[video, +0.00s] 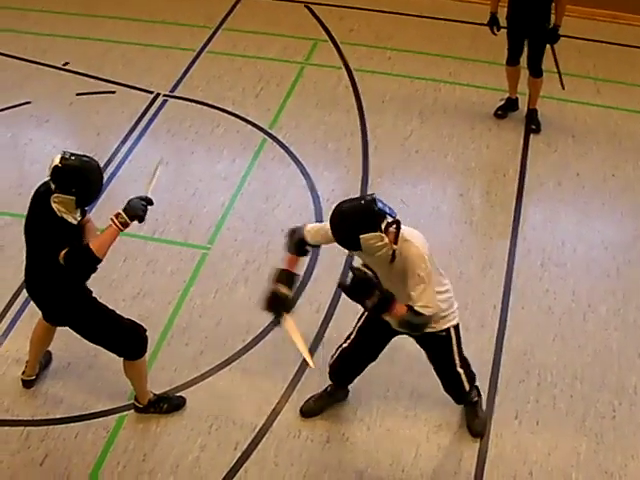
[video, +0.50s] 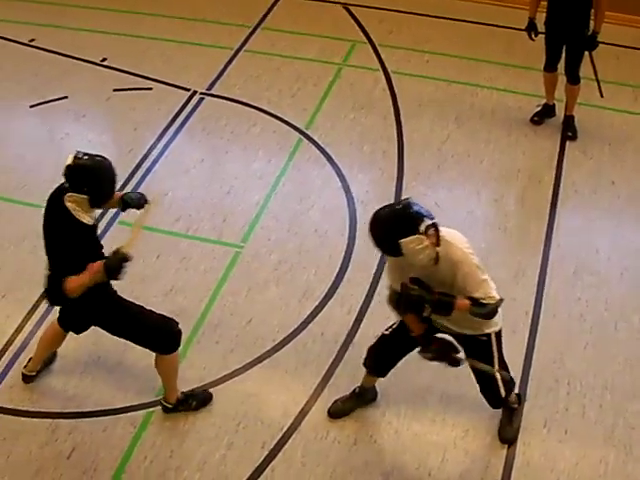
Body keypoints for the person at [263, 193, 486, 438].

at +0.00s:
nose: (357, 252)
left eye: (360, 247)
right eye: (354, 247)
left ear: (381, 236)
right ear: (357, 241)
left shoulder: (412, 250)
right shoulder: (358, 234)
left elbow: (422, 321)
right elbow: (299, 236)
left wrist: (380, 302)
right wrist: (284, 283)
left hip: (435, 317)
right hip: (389, 306)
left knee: (453, 373)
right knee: (346, 360)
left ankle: (471, 401)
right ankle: (336, 390)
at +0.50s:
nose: (405, 261)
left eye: (409, 255)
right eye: (400, 257)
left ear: (430, 236)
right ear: (396, 252)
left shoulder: (457, 253)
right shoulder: (398, 258)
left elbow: (490, 307)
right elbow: (399, 301)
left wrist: (440, 302)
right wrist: (426, 340)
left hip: (475, 324)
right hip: (430, 317)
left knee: (494, 392)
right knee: (379, 354)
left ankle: (512, 404)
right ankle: (365, 391)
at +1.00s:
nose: (455, 214)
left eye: (458, 207)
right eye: (453, 208)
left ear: (475, 199)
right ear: (456, 203)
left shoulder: (508, 233)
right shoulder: (459, 219)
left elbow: (528, 302)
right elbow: (453, 262)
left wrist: (473, 286)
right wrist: (432, 298)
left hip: (505, 325)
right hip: (466, 309)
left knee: (515, 383)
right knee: (424, 349)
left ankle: (530, 408)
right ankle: (402, 387)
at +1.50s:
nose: (438, 219)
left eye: (441, 210)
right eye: (428, 214)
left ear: (449, 202)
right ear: (415, 213)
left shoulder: (479, 217)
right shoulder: (408, 232)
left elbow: (524, 224)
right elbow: (362, 264)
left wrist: (515, 270)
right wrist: (314, 273)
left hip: (497, 301)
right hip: (450, 299)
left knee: (524, 363)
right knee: (409, 356)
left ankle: (543, 403)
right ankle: (402, 383)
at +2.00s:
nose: (493, 202)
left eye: (496, 194)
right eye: (485, 199)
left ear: (502, 182)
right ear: (470, 197)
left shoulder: (526, 193)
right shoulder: (460, 213)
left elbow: (562, 201)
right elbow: (469, 253)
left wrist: (552, 243)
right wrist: (488, 289)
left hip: (531, 273)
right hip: (484, 274)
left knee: (547, 316)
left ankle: (553, 339)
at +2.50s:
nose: (481, 169)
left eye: (480, 162)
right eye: (473, 166)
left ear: (484, 149)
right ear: (459, 163)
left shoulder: (514, 160)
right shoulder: (450, 173)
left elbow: (552, 171)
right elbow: (442, 213)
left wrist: (535, 210)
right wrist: (453, 238)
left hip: (515, 240)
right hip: (471, 238)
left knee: (542, 293)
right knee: (434, 284)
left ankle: (553, 325)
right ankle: (412, 313)